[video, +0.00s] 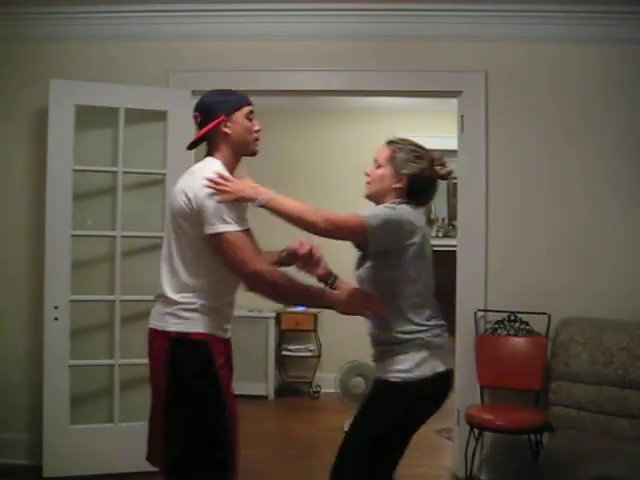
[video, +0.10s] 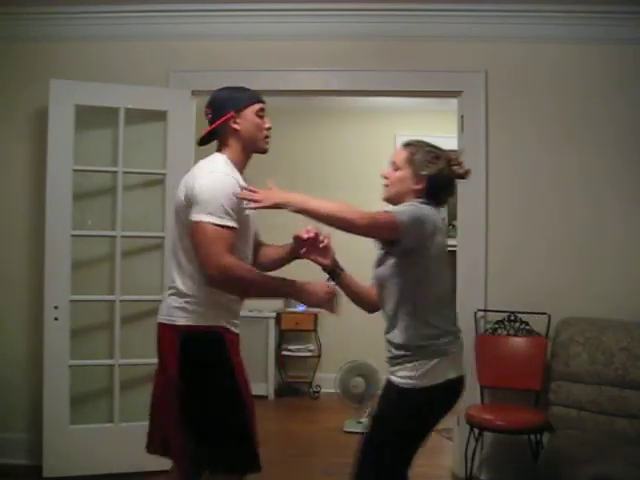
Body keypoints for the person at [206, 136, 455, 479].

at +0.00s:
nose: (368, 171)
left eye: (377, 165)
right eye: (373, 163)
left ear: (399, 180)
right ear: (399, 182)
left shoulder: (399, 219)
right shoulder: (399, 222)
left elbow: (322, 222)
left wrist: (256, 193)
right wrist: (325, 273)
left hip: (413, 372)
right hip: (411, 369)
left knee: (351, 470)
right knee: (367, 470)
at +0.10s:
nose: (385, 173)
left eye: (395, 167)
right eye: (389, 165)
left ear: (419, 182)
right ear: (415, 183)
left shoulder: (421, 217)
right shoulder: (403, 229)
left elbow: (361, 221)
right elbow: (373, 301)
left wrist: (285, 199)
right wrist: (333, 266)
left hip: (427, 375)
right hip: (413, 372)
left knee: (375, 470)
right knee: (380, 468)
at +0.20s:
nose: (405, 176)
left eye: (414, 170)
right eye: (409, 169)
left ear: (440, 183)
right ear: (436, 183)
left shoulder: (445, 219)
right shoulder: (423, 237)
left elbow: (393, 222)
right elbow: (384, 296)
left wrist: (323, 203)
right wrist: (338, 271)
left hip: (443, 379)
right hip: (425, 377)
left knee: (405, 474)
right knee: (405, 473)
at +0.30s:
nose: (425, 178)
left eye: (435, 171)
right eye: (429, 171)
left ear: (462, 181)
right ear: (459, 183)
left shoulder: (465, 217)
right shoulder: (445, 229)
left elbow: (425, 234)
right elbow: (417, 298)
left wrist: (347, 213)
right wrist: (361, 296)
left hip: (469, 380)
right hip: (456, 378)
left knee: (427, 473)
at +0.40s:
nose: (445, 179)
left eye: (455, 171)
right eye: (449, 171)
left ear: (482, 181)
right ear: (480, 182)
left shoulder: (486, 219)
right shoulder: (471, 227)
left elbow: (439, 254)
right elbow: (442, 307)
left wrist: (363, 233)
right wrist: (379, 320)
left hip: (498, 379)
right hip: (488, 377)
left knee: (432, 468)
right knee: (493, 474)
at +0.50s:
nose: (464, 178)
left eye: (473, 171)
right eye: (467, 170)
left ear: (500, 180)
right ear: (498, 181)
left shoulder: (504, 223)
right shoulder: (496, 226)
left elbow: (457, 275)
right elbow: (463, 307)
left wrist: (381, 259)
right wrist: (402, 322)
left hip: (518, 382)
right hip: (509, 379)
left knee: (469, 473)